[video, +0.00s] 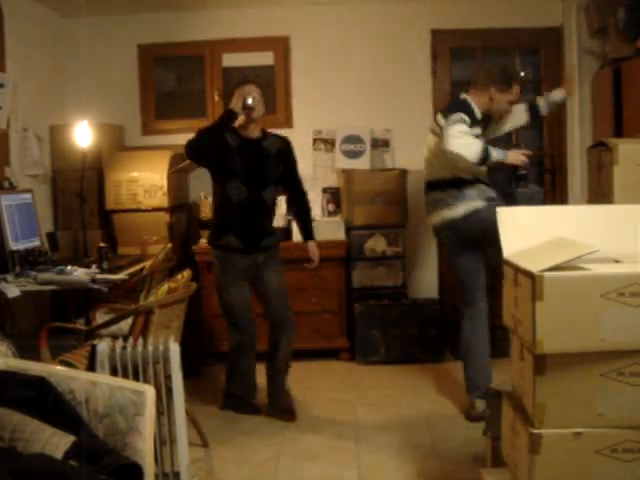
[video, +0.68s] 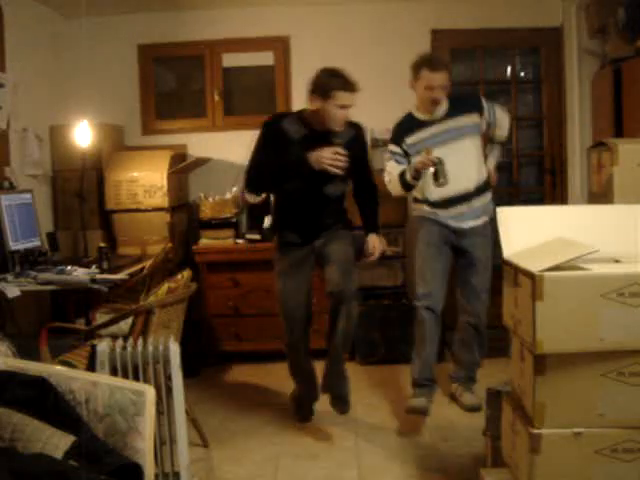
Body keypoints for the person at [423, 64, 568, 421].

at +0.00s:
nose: (506, 108)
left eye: (508, 103)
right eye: (505, 101)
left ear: (486, 94)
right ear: (489, 92)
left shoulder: (470, 115)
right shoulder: (459, 112)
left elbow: (513, 116)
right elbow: (457, 147)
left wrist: (553, 98)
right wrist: (503, 155)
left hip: (455, 217)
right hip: (468, 212)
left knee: (474, 304)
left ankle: (477, 394)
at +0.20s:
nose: (502, 104)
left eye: (506, 98)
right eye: (498, 96)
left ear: (503, 95)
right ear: (475, 88)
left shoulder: (492, 122)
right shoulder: (442, 109)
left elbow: (528, 134)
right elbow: (415, 140)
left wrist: (557, 127)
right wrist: (467, 152)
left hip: (467, 204)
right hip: (442, 203)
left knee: (459, 290)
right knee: (529, 214)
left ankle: (437, 383)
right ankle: (483, 268)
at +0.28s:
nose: (499, 104)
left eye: (503, 98)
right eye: (494, 97)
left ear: (499, 97)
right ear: (473, 90)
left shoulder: (491, 126)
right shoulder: (440, 113)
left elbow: (526, 146)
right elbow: (408, 143)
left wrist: (554, 134)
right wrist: (462, 153)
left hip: (467, 208)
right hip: (441, 207)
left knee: (456, 296)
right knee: (527, 221)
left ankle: (434, 383)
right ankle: (476, 271)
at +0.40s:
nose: (488, 95)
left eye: (491, 89)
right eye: (482, 87)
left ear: (491, 89)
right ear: (460, 81)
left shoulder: (486, 123)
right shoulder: (433, 112)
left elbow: (505, 160)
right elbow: (398, 150)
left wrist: (526, 174)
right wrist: (448, 154)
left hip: (470, 205)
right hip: (437, 202)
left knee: (463, 294)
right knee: (508, 226)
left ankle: (439, 383)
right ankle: (469, 294)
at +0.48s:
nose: (468, 87)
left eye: (472, 80)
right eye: (460, 80)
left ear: (478, 78)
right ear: (440, 75)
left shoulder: (487, 112)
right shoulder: (420, 112)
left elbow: (495, 164)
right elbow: (396, 159)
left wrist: (493, 208)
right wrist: (435, 156)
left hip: (477, 208)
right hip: (439, 204)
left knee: (472, 282)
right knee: (478, 258)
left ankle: (455, 372)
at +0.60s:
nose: (449, 101)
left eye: (454, 94)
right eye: (442, 94)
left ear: (460, 92)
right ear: (425, 90)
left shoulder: (478, 119)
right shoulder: (410, 132)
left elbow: (496, 156)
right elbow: (396, 186)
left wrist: (495, 153)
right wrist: (422, 170)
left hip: (479, 223)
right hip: (435, 225)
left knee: (481, 309)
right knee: (437, 302)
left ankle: (464, 380)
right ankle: (434, 384)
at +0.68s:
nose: (438, 95)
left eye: (443, 88)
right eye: (430, 88)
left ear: (450, 85)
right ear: (414, 86)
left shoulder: (473, 108)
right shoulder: (403, 131)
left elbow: (503, 124)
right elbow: (393, 182)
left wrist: (491, 162)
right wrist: (413, 171)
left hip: (477, 218)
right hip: (431, 220)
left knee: (475, 307)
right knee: (427, 302)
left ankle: (464, 380)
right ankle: (422, 388)